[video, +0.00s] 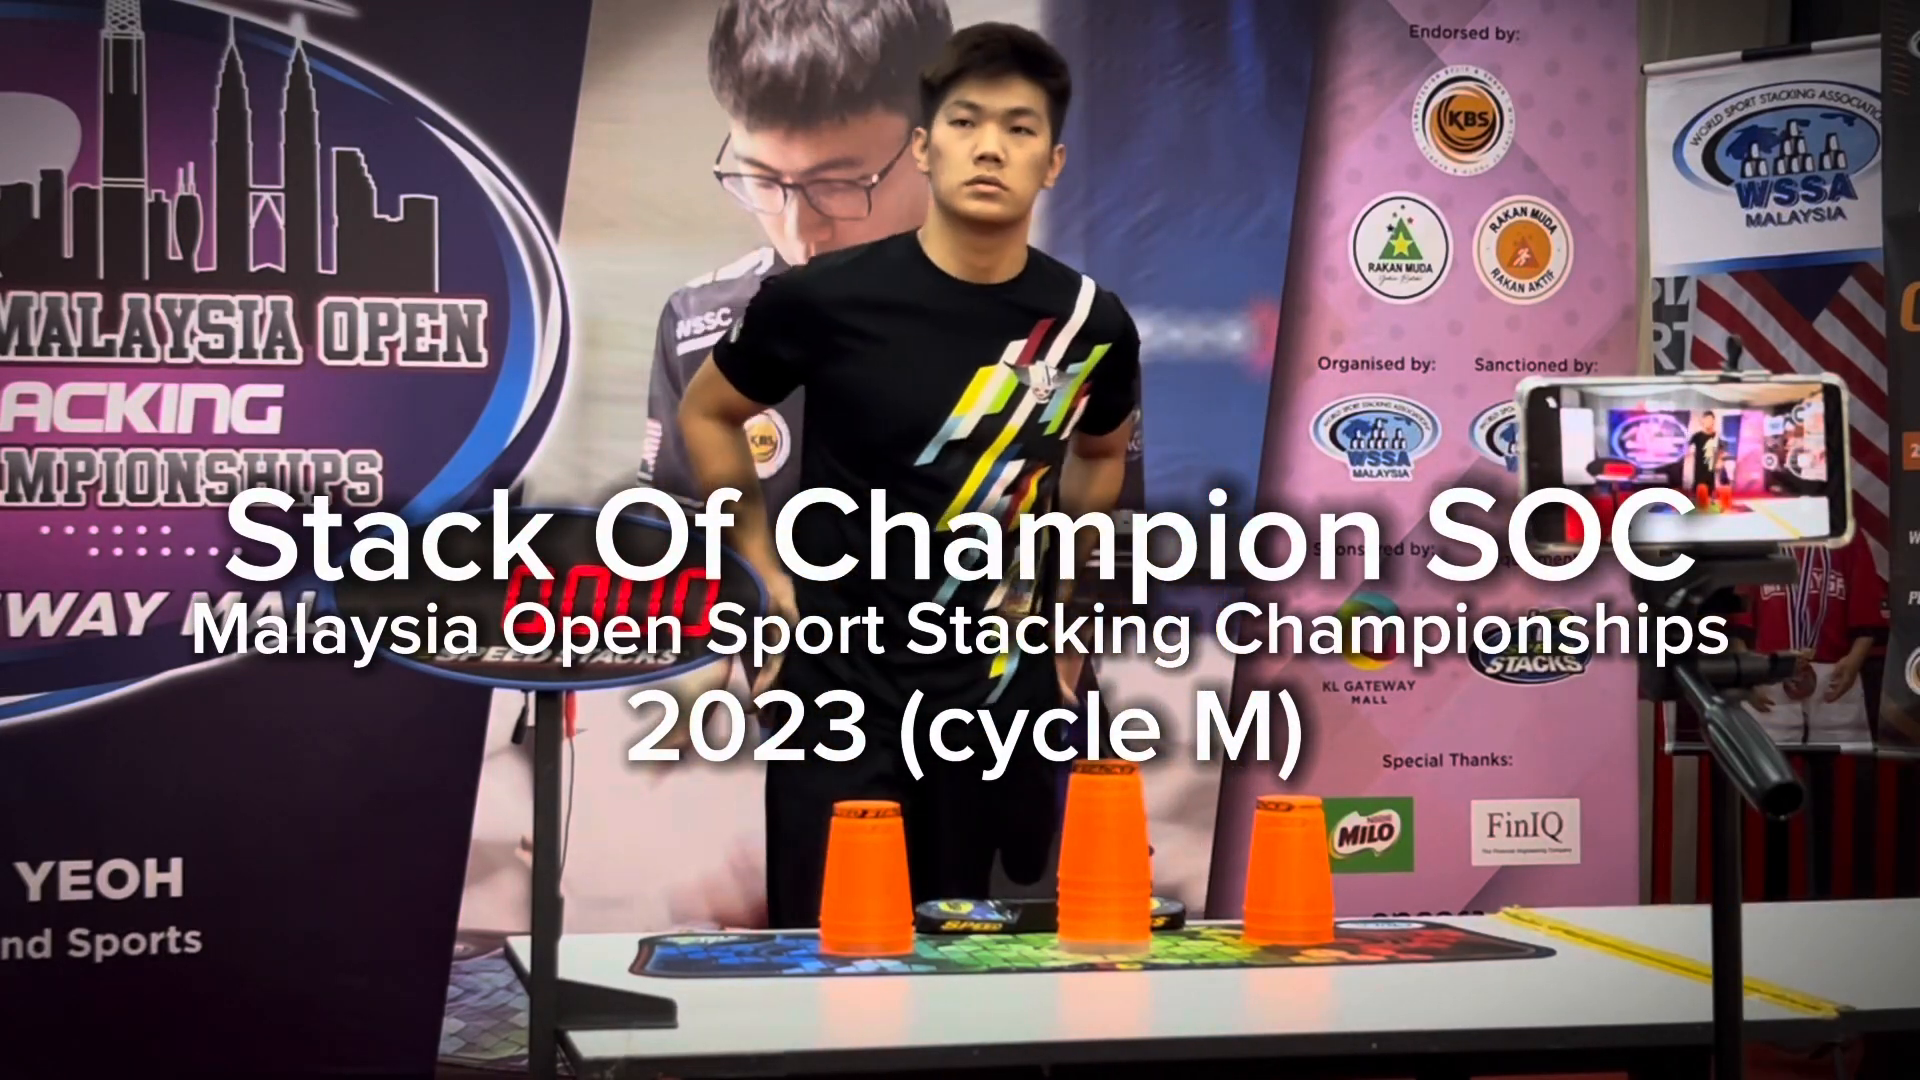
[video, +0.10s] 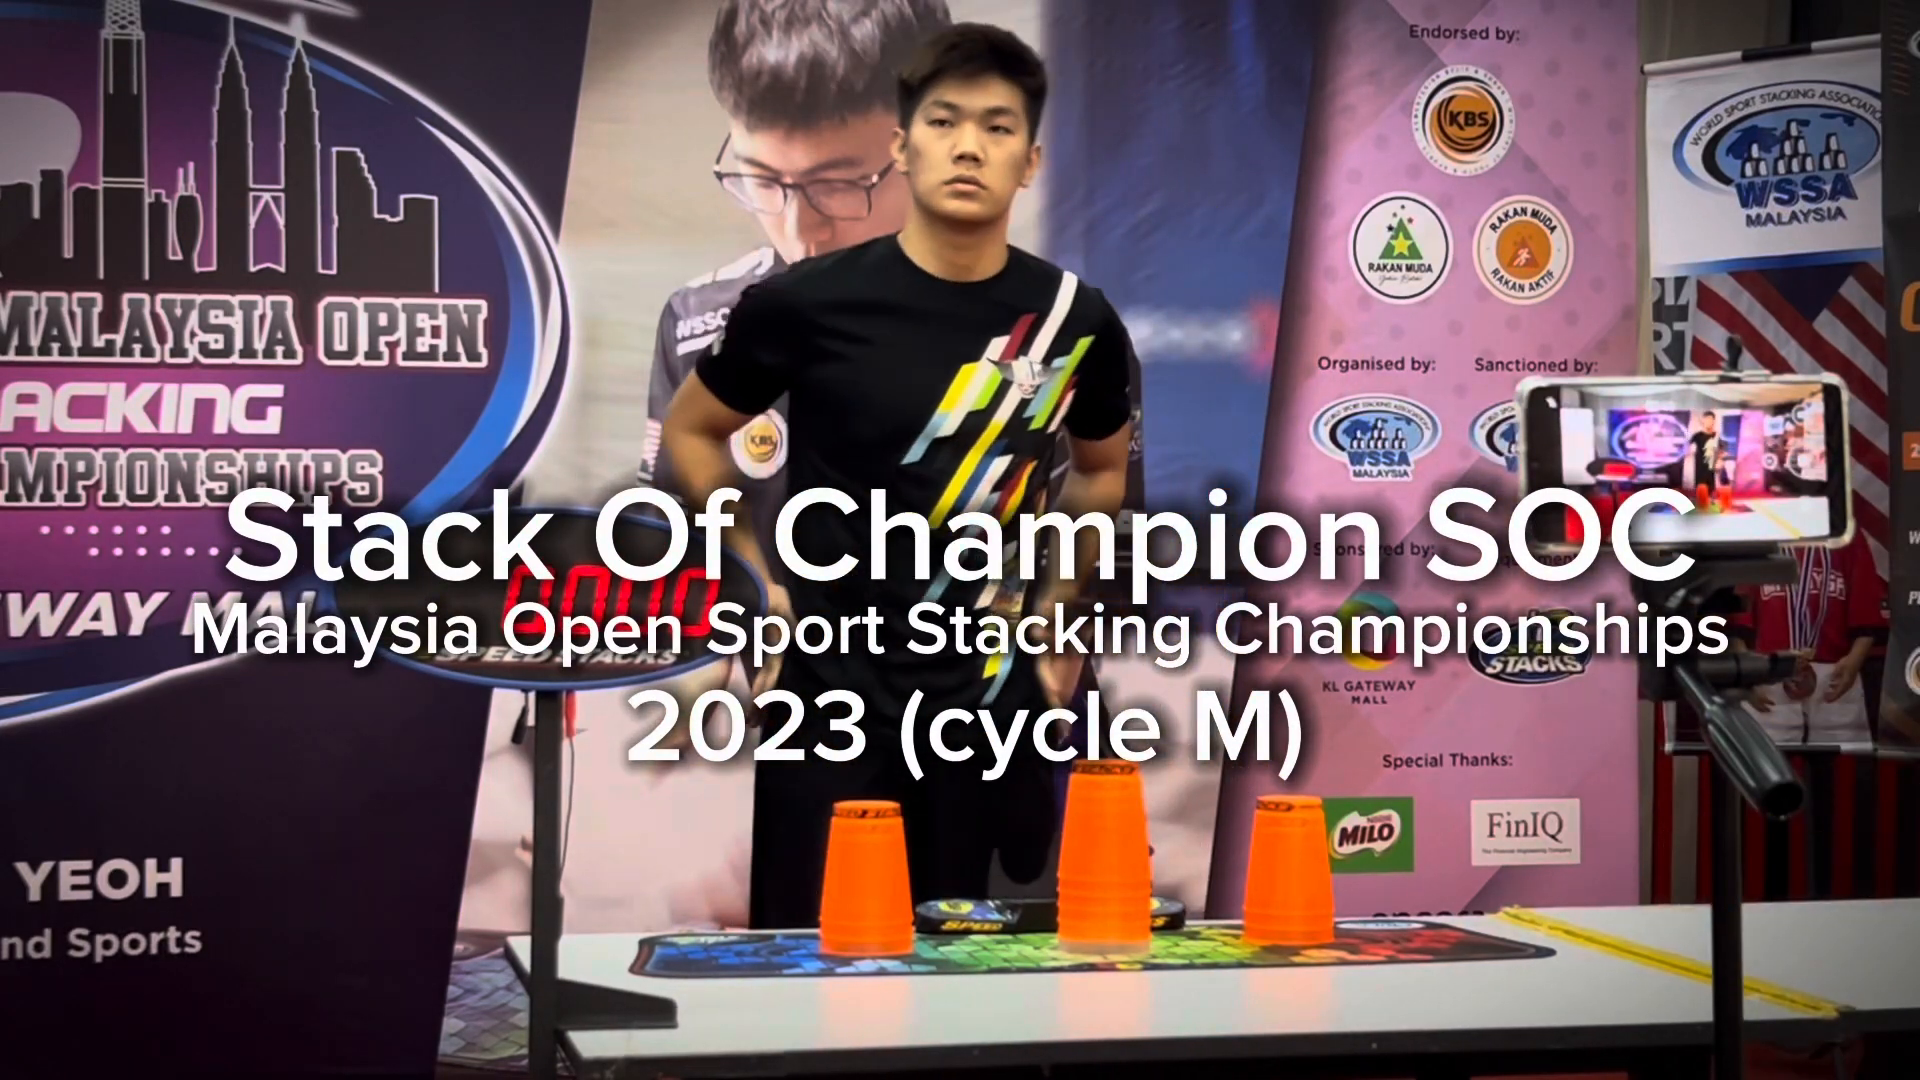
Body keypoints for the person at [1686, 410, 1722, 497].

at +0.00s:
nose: (1709, 422)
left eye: (1711, 419)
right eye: (1706, 419)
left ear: (1714, 421)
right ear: (1702, 421)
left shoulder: (1717, 438)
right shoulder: (1698, 436)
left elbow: (1721, 452)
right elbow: (1687, 446)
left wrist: (1719, 462)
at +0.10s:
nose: (1709, 422)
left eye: (1711, 419)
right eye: (1707, 419)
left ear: (1714, 421)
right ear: (1702, 421)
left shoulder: (1716, 437)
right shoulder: (1698, 436)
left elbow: (1721, 451)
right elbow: (1688, 445)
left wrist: (1719, 461)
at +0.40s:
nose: (1705, 424)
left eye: (1707, 421)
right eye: (1703, 421)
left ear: (1712, 423)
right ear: (1700, 422)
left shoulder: (1715, 437)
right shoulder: (1697, 437)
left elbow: (1721, 451)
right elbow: (1687, 444)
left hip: (1711, 464)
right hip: (1699, 464)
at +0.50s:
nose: (1703, 426)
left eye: (1705, 422)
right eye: (1701, 422)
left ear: (1711, 424)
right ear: (1698, 423)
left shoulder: (1714, 437)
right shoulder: (1695, 437)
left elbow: (1720, 451)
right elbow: (1687, 441)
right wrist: (1701, 434)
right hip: (1699, 469)